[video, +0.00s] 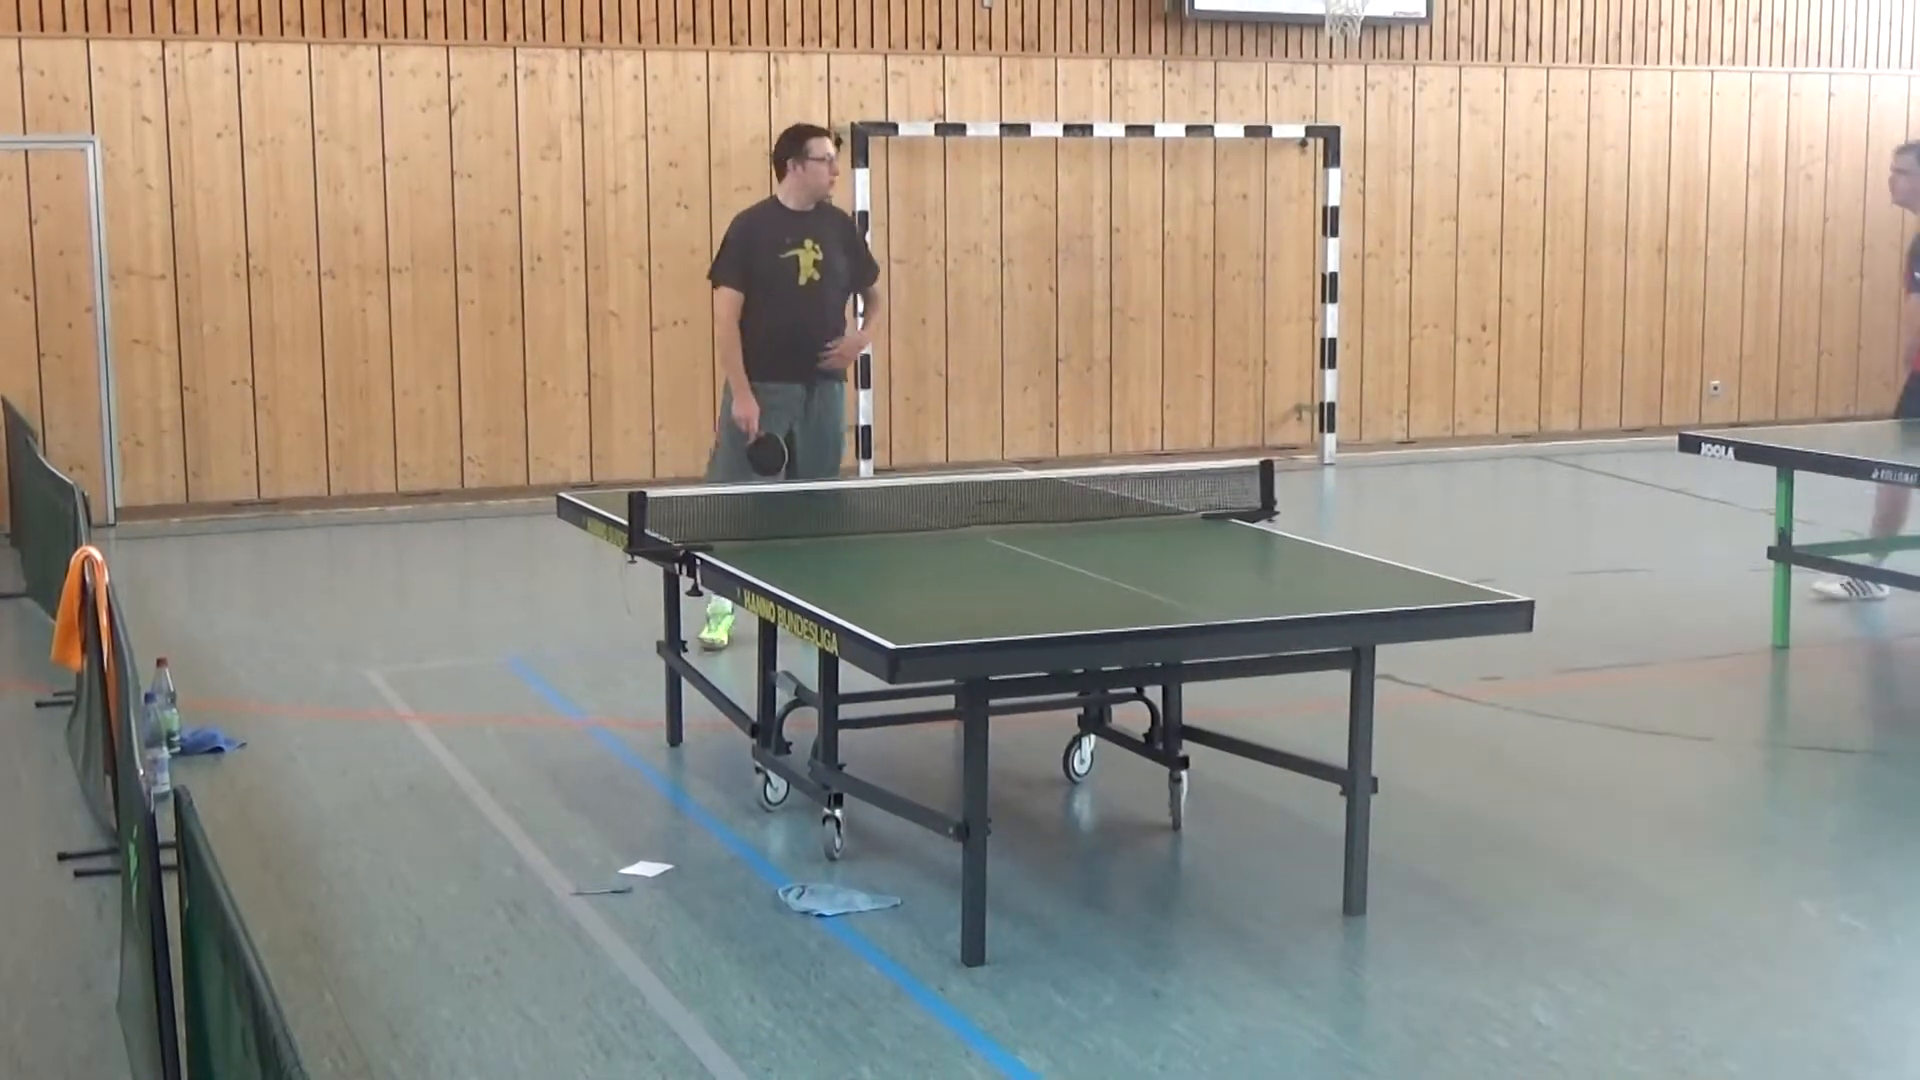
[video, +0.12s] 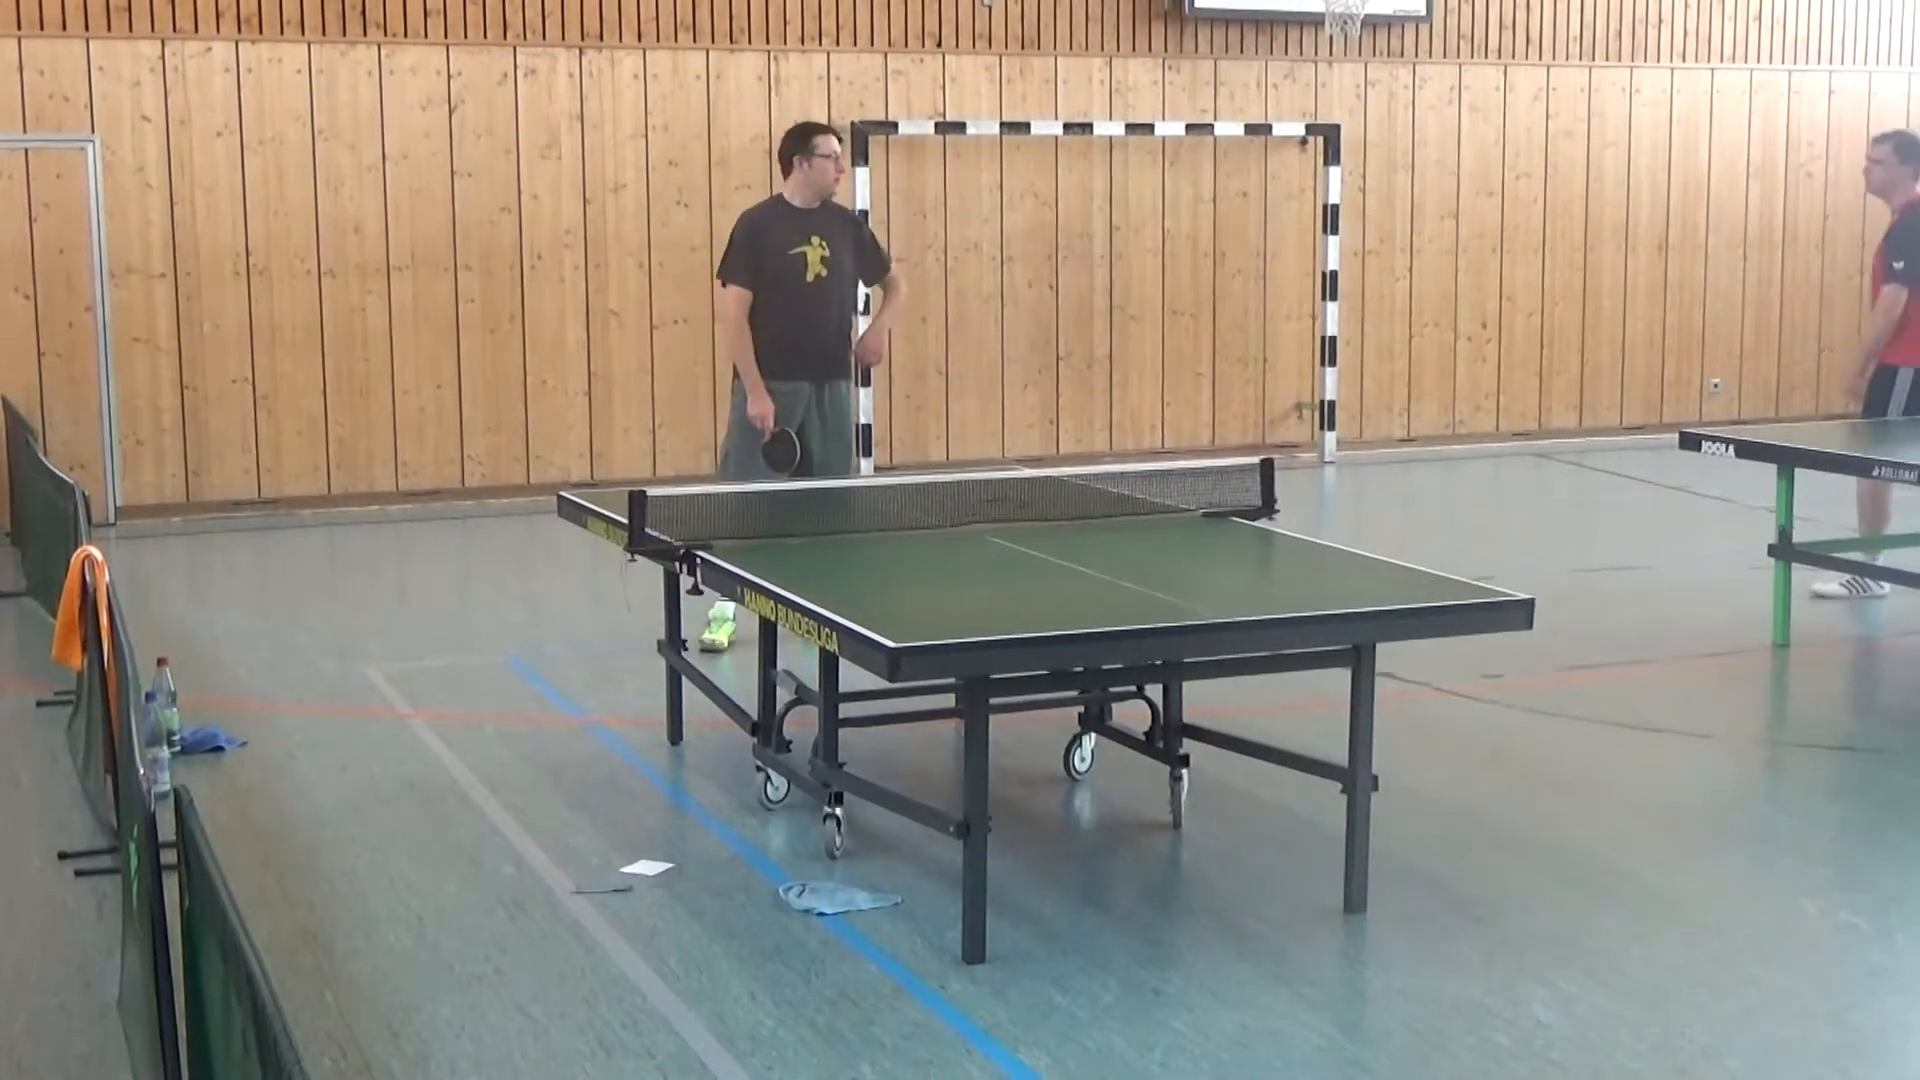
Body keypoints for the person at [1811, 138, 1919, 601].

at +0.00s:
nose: (1892, 181)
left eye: (1901, 173)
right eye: (1893, 172)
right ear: (1903, 179)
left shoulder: (1918, 244)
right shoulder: (1914, 243)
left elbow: (1914, 317)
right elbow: (1913, 314)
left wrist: (1909, 372)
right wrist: (1909, 371)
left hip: (1917, 375)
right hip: (1915, 374)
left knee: (1898, 461)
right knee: (1896, 462)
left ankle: (1871, 568)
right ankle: (1870, 568)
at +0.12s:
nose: (1866, 170)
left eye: (1876, 163)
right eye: (1868, 162)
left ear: (1906, 171)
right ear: (1900, 172)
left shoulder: (1909, 224)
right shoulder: (1903, 220)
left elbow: (1894, 303)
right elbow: (1895, 303)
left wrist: (1860, 368)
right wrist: (1867, 367)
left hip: (1905, 361)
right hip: (1899, 359)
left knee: (1874, 460)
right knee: (1874, 460)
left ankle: (1868, 569)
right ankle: (1866, 565)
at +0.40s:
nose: (1813, 167)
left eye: (1823, 160)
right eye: (1813, 159)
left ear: (1853, 164)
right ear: (1824, 165)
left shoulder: (1866, 205)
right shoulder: (1836, 214)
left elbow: (1809, 220)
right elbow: (1844, 293)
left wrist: (1731, 195)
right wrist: (1806, 322)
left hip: (1863, 355)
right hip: (1824, 355)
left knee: (1860, 463)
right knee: (1791, 452)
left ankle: (1869, 572)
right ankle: (1814, 556)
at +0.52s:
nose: (1777, 175)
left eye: (1787, 167)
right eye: (1776, 167)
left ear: (1810, 168)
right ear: (1793, 172)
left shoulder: (1838, 210)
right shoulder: (1802, 220)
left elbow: (1796, 196)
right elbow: (1813, 284)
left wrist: (1777, 137)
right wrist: (1772, 304)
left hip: (1837, 359)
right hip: (1796, 359)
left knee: (1848, 467)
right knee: (1764, 460)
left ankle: (1865, 571)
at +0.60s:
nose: (1744, 174)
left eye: (1752, 165)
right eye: (1745, 166)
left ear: (1782, 169)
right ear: (1766, 170)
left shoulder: (1816, 214)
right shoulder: (1773, 220)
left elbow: (1796, 208)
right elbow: (1781, 284)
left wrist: (1809, 154)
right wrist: (1748, 308)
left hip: (1814, 363)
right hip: (1771, 364)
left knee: (1834, 469)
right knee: (1738, 461)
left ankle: (1863, 569)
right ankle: (1689, 560)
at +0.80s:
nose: (1699, 166)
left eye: (1708, 157)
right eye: (1699, 158)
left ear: (1737, 162)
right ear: (1714, 163)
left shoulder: (1764, 214)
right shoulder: (1706, 220)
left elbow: (1781, 283)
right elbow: (1710, 294)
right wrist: (1681, 333)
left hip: (1749, 365)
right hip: (1700, 363)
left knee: (1760, 464)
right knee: (1680, 460)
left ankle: (1829, 541)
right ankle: (1676, 567)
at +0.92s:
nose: (1704, 160)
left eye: (1712, 152)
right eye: (1696, 152)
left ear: (1725, 160)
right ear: (1682, 160)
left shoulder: (1740, 216)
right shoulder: (1674, 218)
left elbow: (1764, 290)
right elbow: (1673, 291)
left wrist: (1706, 324)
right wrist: (1634, 327)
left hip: (1718, 357)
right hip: (1672, 355)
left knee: (1706, 458)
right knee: (1666, 456)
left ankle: (1771, 529)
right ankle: (1676, 567)